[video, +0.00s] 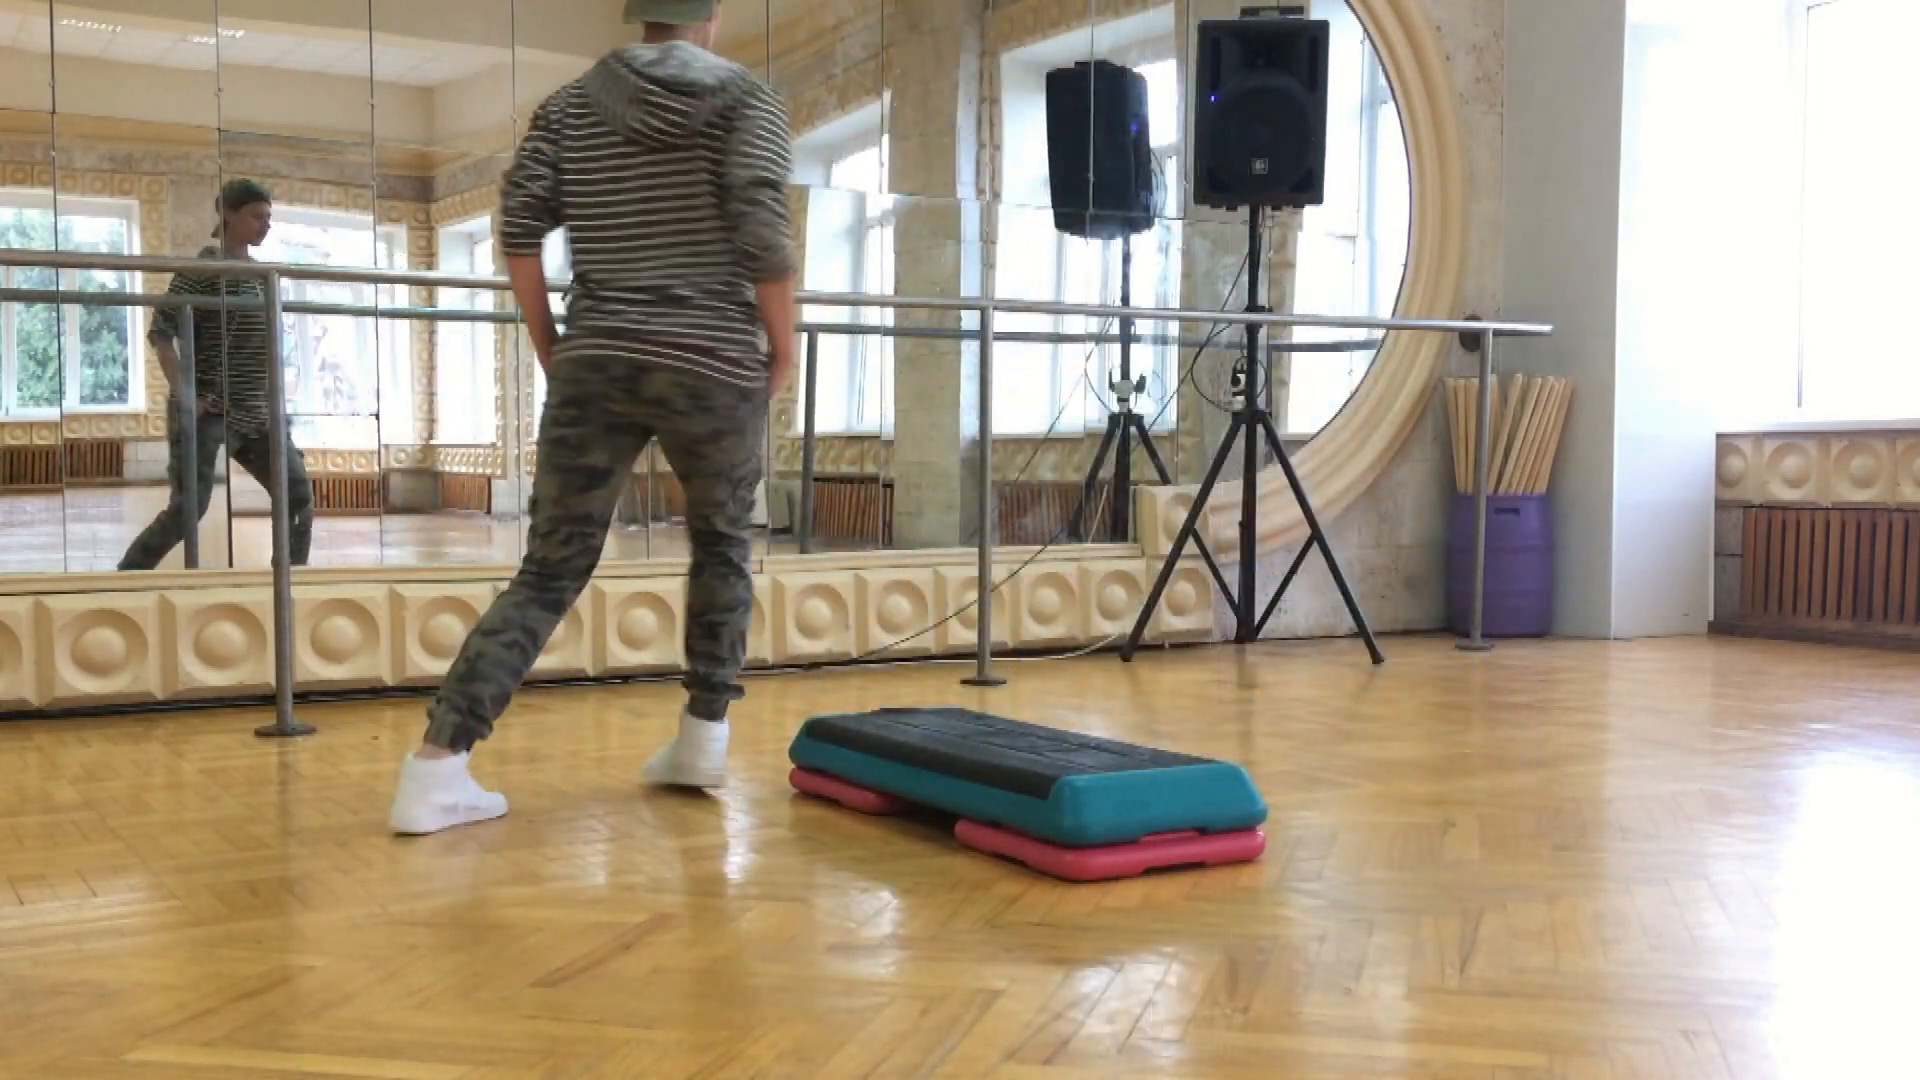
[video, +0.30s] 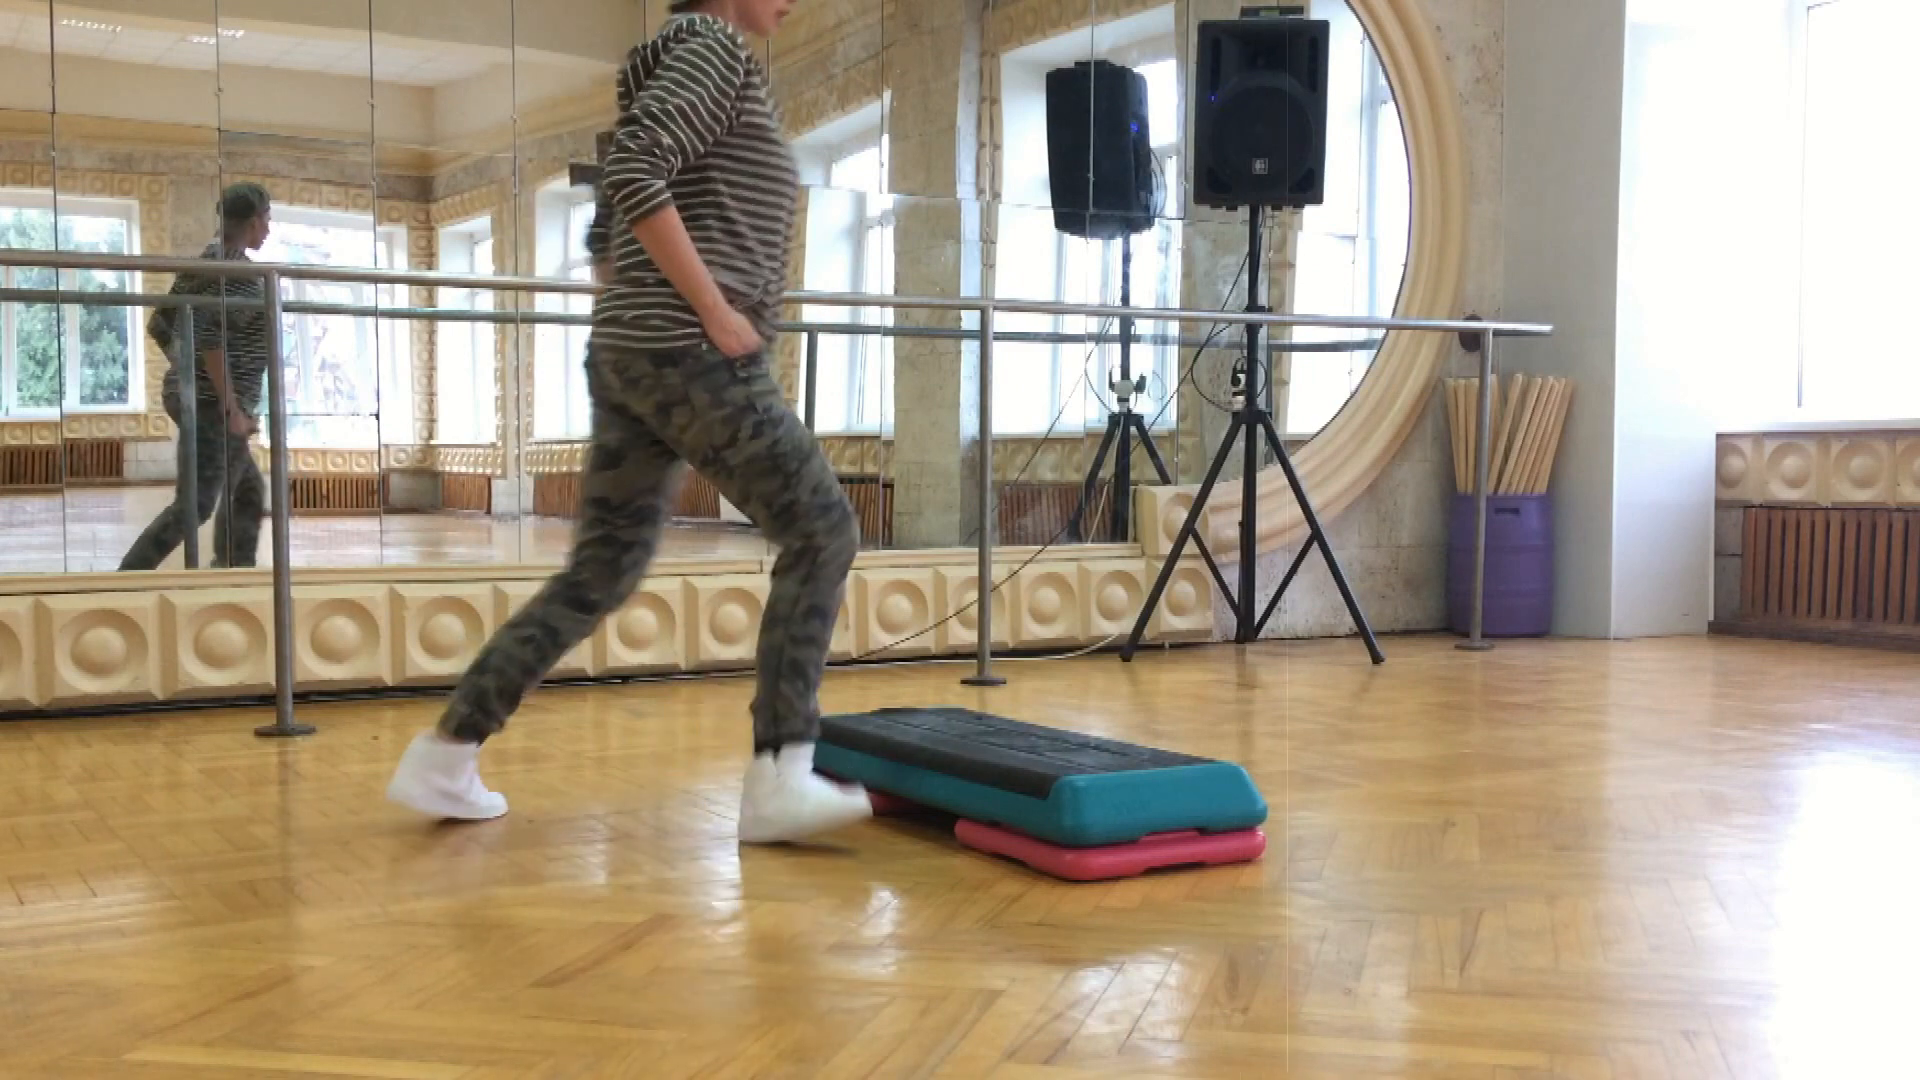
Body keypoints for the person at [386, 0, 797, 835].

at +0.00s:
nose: (718, 29)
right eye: (717, 22)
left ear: (632, 21)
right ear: (709, 21)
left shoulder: (568, 101)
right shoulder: (742, 92)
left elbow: (518, 230)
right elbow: (758, 217)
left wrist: (547, 346)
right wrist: (784, 351)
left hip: (596, 349)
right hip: (713, 353)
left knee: (549, 566)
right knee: (723, 548)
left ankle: (435, 763)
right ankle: (703, 736)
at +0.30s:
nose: (785, 8)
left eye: (785, 1)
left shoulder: (664, 58)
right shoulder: (715, 48)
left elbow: (610, 230)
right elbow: (633, 171)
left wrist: (640, 320)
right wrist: (715, 309)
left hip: (629, 347)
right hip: (685, 345)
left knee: (602, 569)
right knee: (822, 533)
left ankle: (443, 756)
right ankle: (780, 778)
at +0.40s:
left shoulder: (780, 61)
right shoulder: (727, 32)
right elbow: (655, 170)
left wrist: (782, 312)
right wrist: (735, 307)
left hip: (751, 345)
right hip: (716, 341)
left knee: (731, 582)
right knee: (817, 543)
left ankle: (524, 692)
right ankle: (779, 787)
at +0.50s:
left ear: (854, 4)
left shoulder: (852, 83)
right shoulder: (754, 28)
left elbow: (830, 230)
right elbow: (672, 167)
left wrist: (852, 333)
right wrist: (721, 309)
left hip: (833, 359)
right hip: (749, 342)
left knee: (897, 550)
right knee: (817, 544)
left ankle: (695, 619)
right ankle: (781, 786)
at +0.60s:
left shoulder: (914, 73)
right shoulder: (792, 27)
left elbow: (920, 213)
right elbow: (698, 169)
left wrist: (911, 305)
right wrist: (737, 307)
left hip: (889, 350)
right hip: (786, 349)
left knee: (1022, 471)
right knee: (826, 557)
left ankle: (890, 630)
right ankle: (783, 784)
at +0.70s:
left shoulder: (985, 60)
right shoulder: (838, 21)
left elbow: (966, 186)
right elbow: (755, 156)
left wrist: (973, 287)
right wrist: (775, 295)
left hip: (950, 324)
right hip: (832, 328)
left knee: (1085, 446)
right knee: (842, 543)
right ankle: (790, 778)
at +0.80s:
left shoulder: (1064, 22)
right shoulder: (880, 9)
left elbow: (1071, 161)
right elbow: (821, 151)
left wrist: (1071, 264)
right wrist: (841, 277)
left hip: (1028, 305)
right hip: (901, 310)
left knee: (1115, 466)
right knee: (877, 516)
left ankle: (1086, 693)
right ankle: (810, 756)